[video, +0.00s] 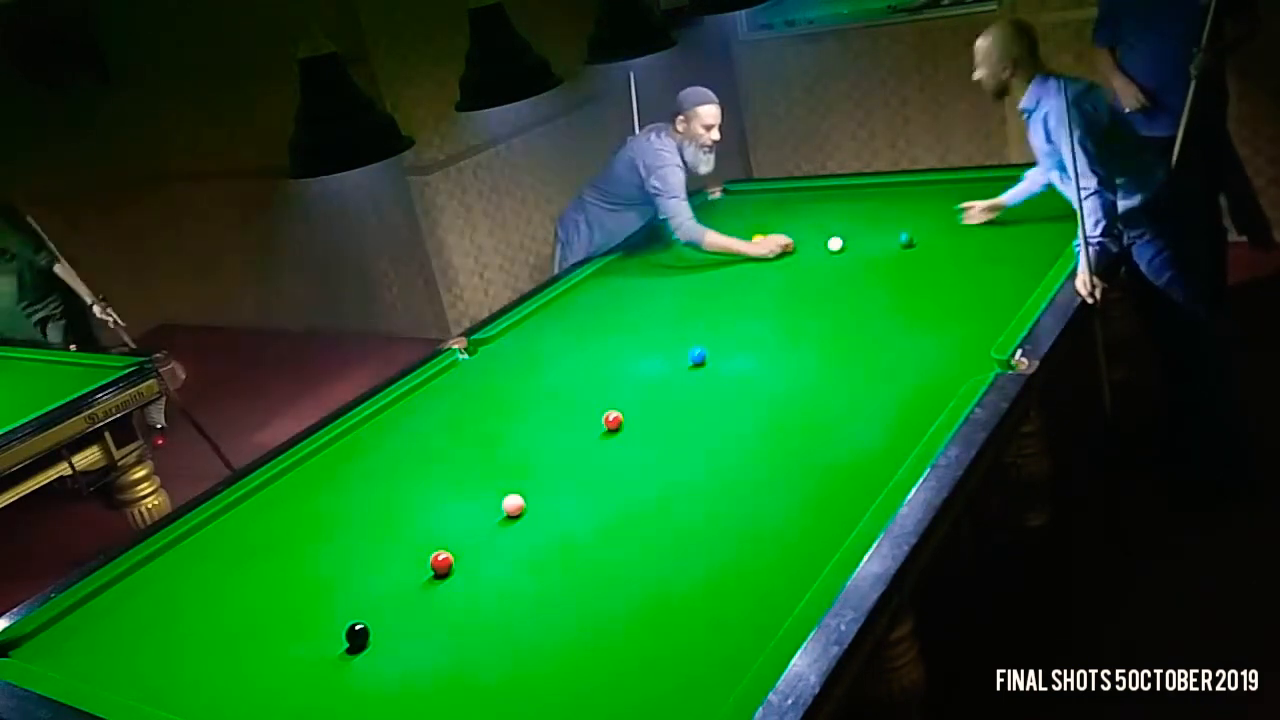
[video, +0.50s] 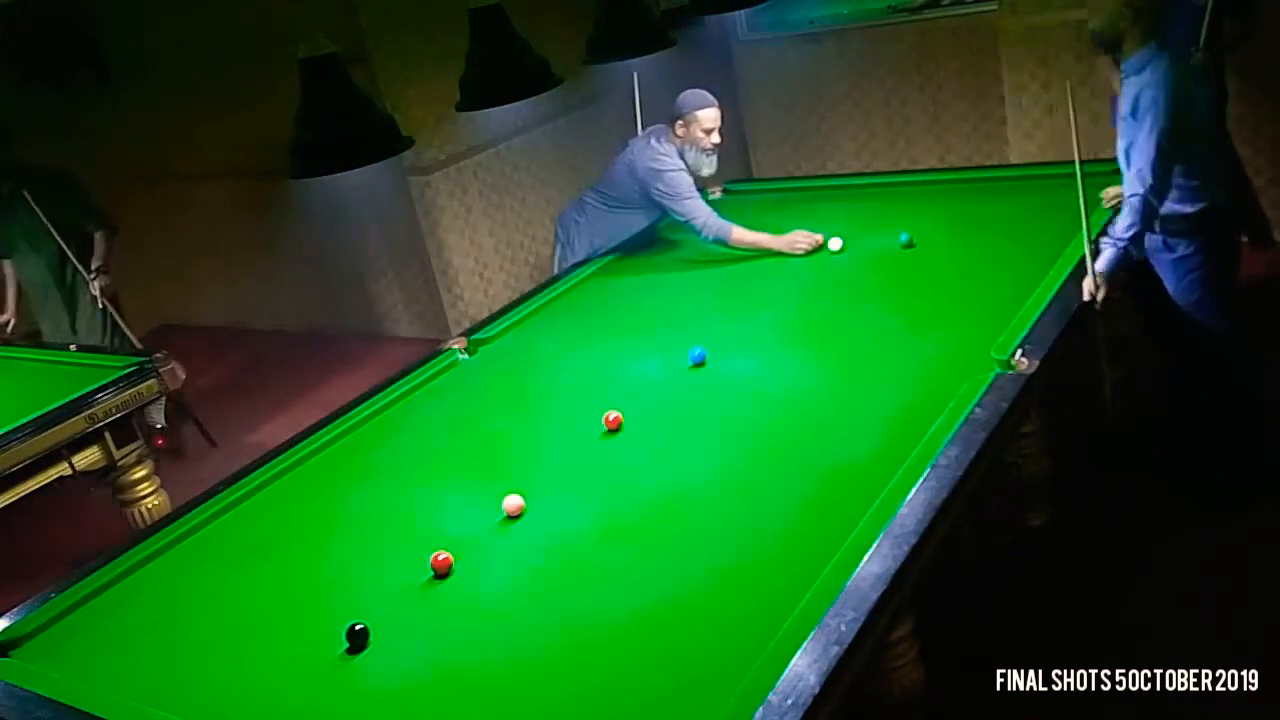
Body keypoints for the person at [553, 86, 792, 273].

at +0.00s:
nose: (715, 137)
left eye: (718, 128)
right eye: (706, 129)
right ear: (680, 124)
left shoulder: (672, 139)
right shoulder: (660, 157)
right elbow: (684, 230)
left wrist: (705, 185)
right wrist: (752, 248)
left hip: (623, 231)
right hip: (588, 237)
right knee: (578, 317)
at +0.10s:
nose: (714, 137)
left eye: (716, 128)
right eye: (705, 129)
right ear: (678, 125)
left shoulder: (662, 135)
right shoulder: (660, 160)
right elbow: (673, 231)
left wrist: (699, 191)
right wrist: (739, 252)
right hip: (587, 237)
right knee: (578, 316)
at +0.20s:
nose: (713, 137)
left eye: (715, 128)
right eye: (704, 129)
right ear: (677, 125)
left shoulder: (662, 136)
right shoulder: (658, 159)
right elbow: (674, 231)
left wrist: (699, 193)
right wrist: (740, 252)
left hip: (620, 230)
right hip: (587, 237)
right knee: (578, 316)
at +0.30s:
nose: (713, 138)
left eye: (715, 128)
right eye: (704, 129)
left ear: (679, 125)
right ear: (678, 126)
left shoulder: (664, 137)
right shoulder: (659, 161)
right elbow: (684, 231)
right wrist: (751, 249)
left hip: (618, 230)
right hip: (587, 237)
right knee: (578, 316)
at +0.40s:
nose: (715, 139)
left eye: (717, 130)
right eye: (707, 130)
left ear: (683, 126)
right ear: (679, 127)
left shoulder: (671, 138)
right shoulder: (658, 160)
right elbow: (698, 229)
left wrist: (698, 186)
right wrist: (762, 245)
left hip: (623, 230)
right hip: (587, 236)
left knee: (613, 310)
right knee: (577, 317)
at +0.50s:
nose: (716, 141)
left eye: (718, 131)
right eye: (708, 132)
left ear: (683, 129)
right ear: (680, 130)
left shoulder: (670, 136)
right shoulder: (661, 163)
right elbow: (709, 226)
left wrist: (701, 185)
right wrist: (778, 242)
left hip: (625, 232)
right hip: (586, 239)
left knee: (614, 311)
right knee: (577, 318)